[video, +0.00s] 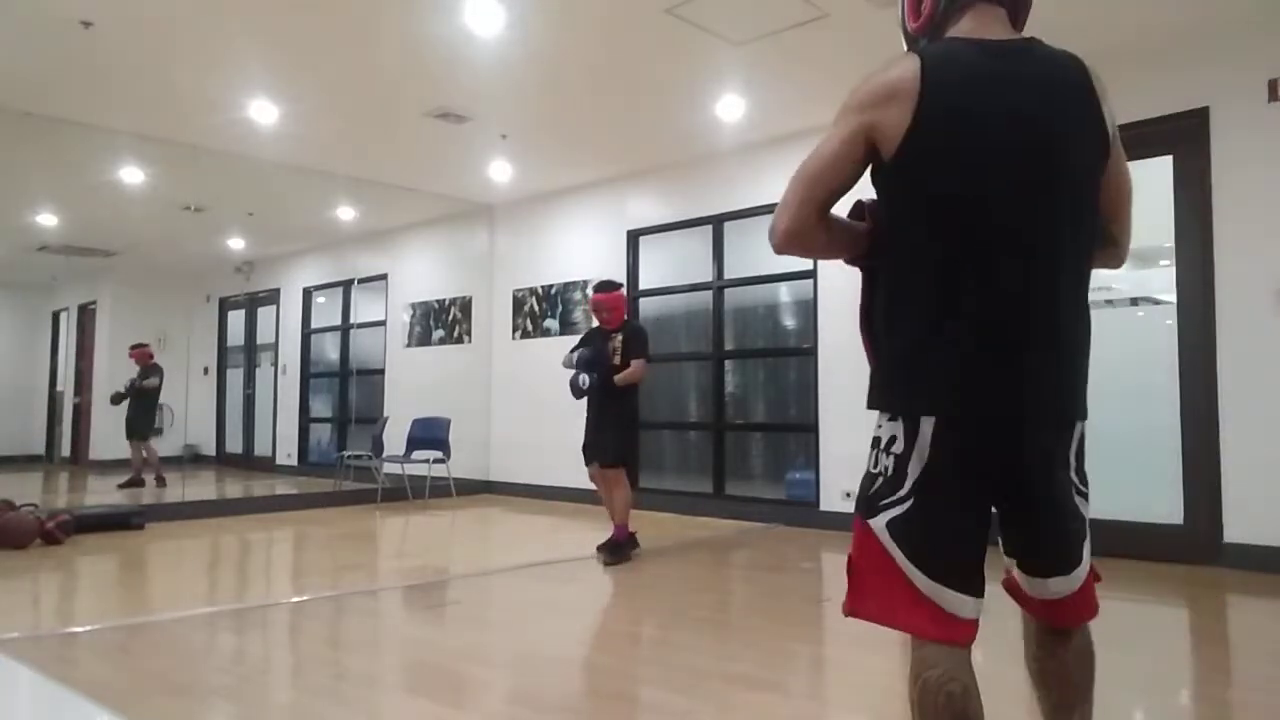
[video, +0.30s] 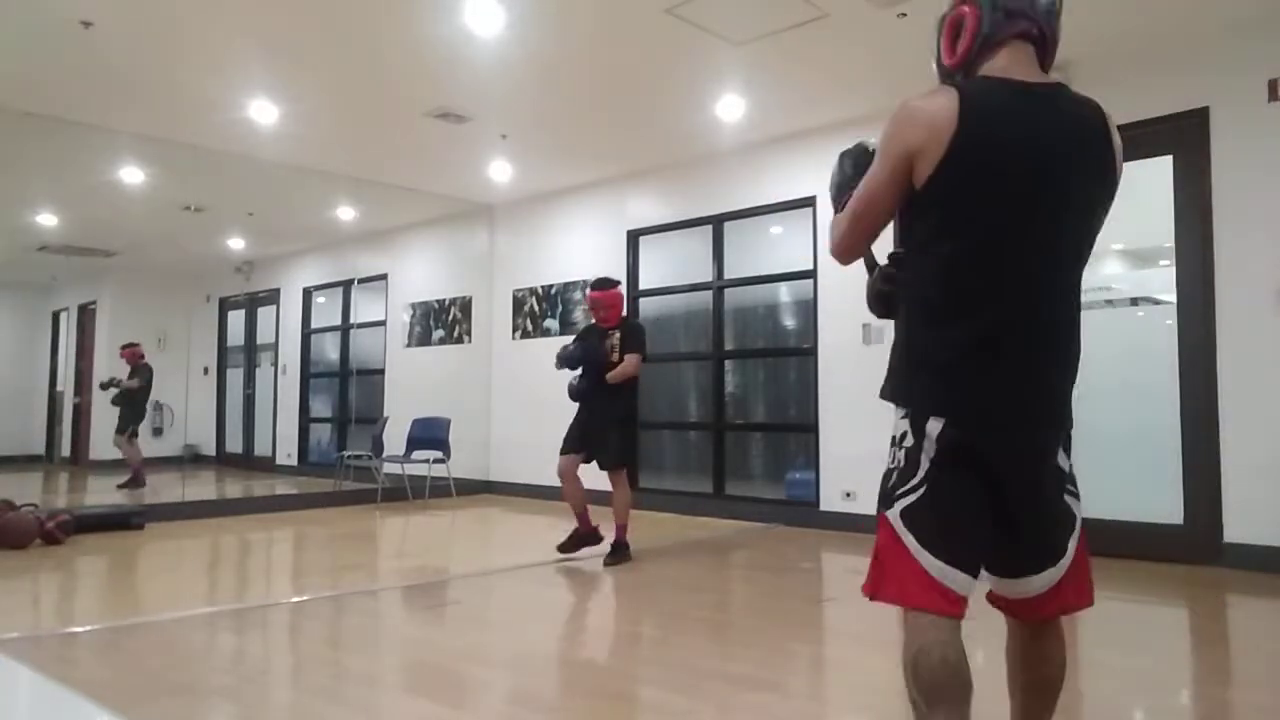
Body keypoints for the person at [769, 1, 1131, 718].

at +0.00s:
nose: (906, 21)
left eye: (908, 14)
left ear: (923, 10)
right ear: (1021, 9)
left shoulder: (895, 84)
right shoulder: (1076, 80)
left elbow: (793, 227)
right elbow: (1111, 244)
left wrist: (870, 239)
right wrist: (1009, 241)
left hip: (932, 393)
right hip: (1048, 391)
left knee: (939, 635)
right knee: (1061, 616)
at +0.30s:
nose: (943, 45)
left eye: (947, 27)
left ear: (962, 27)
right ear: (1047, 38)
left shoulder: (929, 115)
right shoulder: (1100, 132)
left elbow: (846, 244)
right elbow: (1042, 251)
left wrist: (852, 183)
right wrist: (916, 280)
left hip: (943, 397)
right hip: (1042, 397)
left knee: (931, 611)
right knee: (1037, 612)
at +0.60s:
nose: (975, 72)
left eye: (978, 57)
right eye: (976, 61)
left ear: (996, 51)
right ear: (1069, 63)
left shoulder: (969, 125)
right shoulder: (1111, 144)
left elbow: (886, 250)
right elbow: (1053, 283)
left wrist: (869, 208)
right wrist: (939, 319)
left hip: (968, 392)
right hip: (1062, 396)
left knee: (913, 573)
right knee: (1042, 593)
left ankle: (915, 713)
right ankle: (1034, 718)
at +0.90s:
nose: (972, 102)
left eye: (974, 92)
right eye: (973, 95)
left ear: (989, 85)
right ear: (1064, 95)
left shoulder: (970, 153)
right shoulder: (1112, 165)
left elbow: (917, 282)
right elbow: (1077, 278)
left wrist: (899, 249)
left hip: (988, 396)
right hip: (1080, 395)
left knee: (963, 560)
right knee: (1049, 585)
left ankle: (963, 696)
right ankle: (1036, 718)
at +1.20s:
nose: (975, 135)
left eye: (976, 125)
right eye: (974, 127)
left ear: (990, 120)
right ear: (1059, 122)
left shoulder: (968, 194)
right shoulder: (1112, 185)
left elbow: (952, 319)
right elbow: (1084, 284)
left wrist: (926, 280)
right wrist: (974, 268)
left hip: (1006, 407)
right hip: (1089, 402)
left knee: (1012, 573)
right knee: (1059, 578)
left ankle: (1047, 705)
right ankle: (1037, 714)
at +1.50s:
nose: (987, 149)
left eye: (988, 138)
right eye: (987, 140)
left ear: (1004, 134)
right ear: (1063, 133)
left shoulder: (990, 210)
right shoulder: (1121, 184)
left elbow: (934, 316)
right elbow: (1168, 285)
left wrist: (940, 282)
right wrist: (1094, 285)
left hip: (1032, 412)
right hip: (1117, 408)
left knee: (1030, 563)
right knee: (1137, 556)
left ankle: (1044, 706)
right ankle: (1128, 682)